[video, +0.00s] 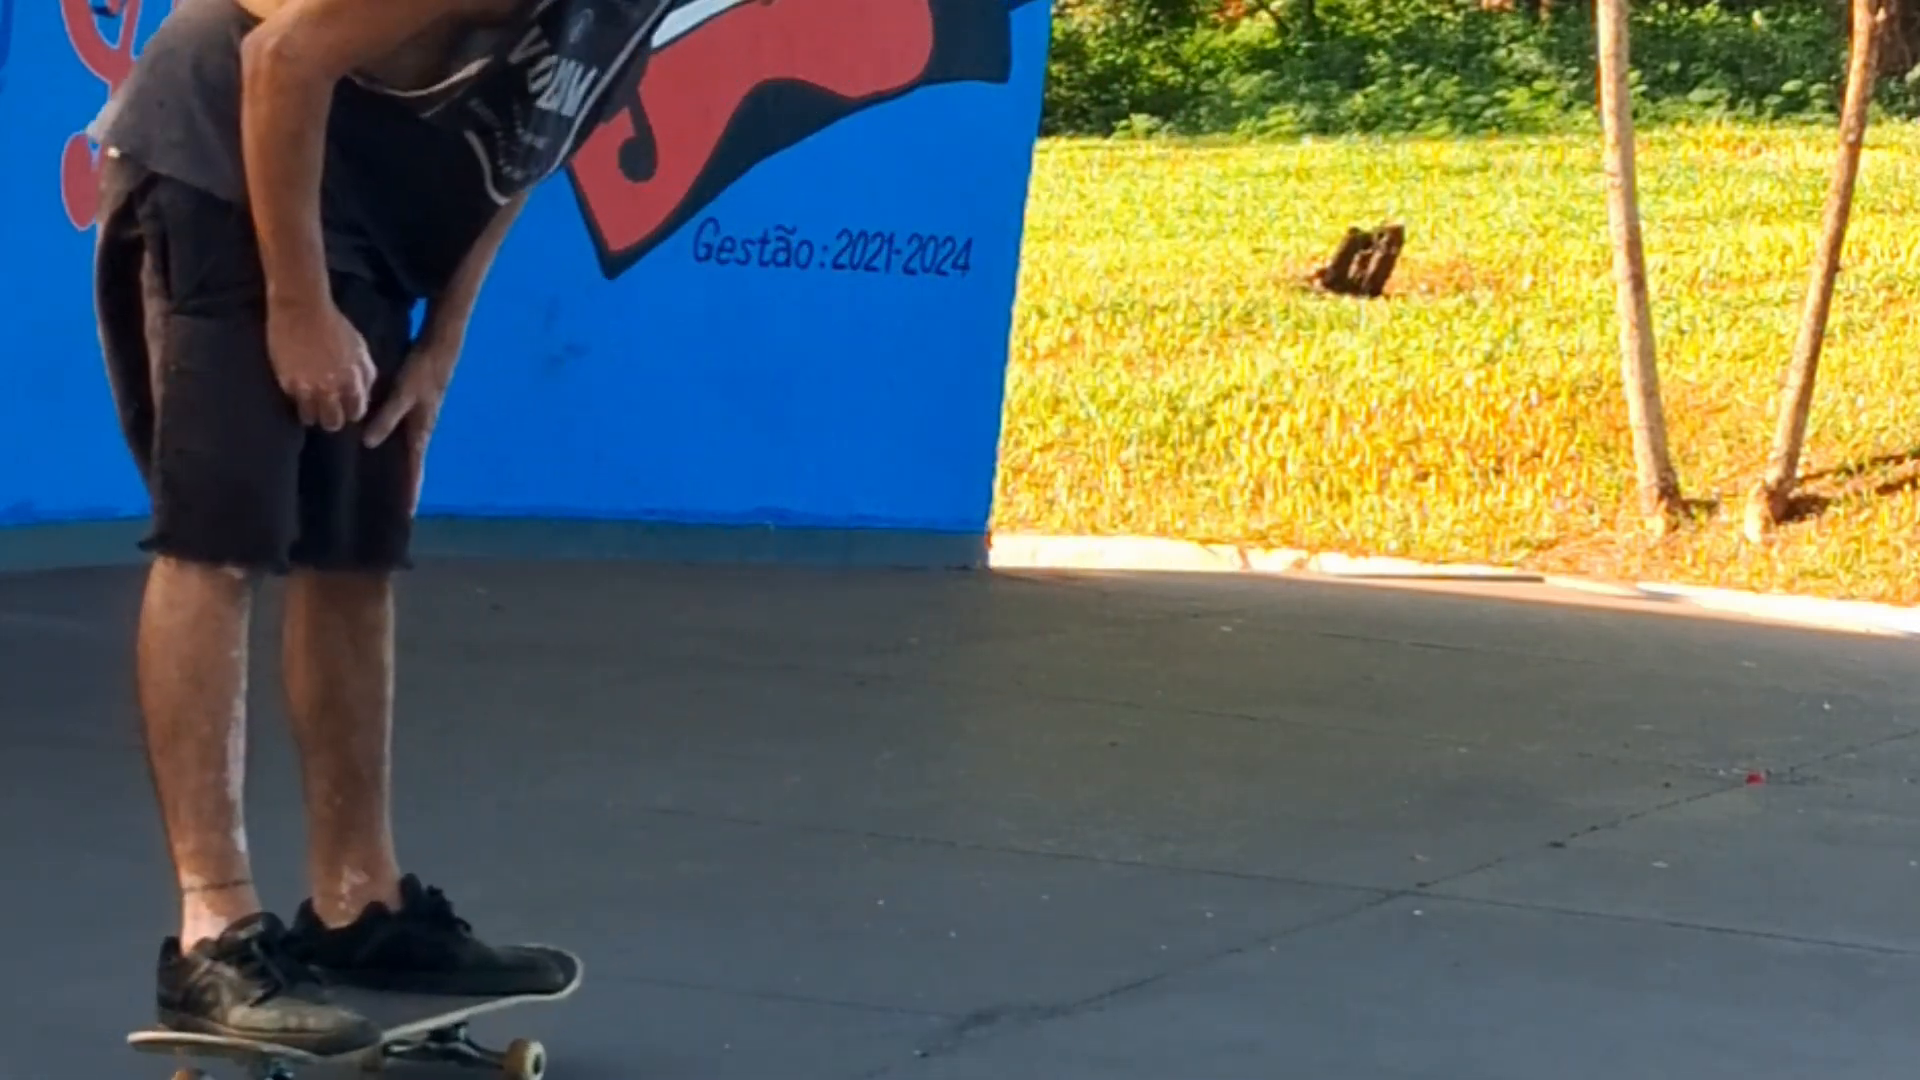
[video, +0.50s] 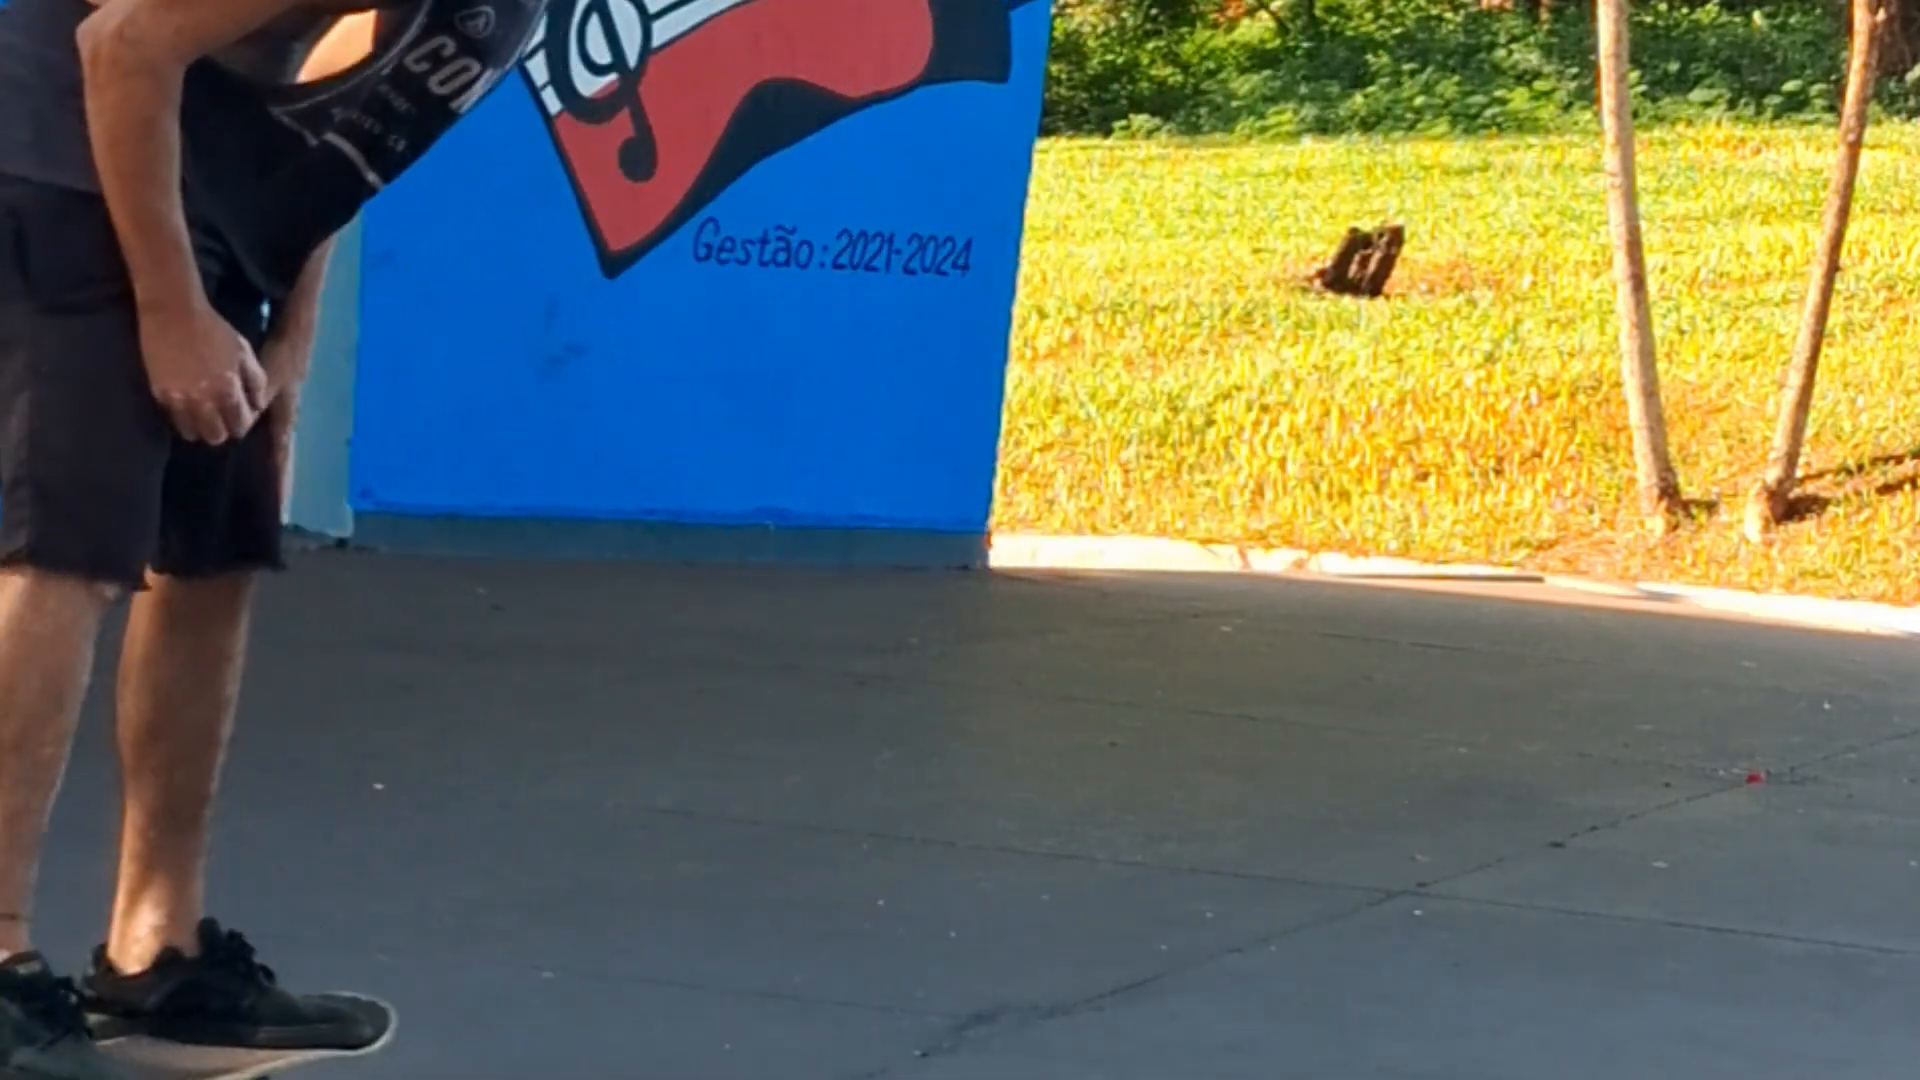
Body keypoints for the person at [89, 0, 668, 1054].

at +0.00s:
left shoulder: (631, 21)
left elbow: (518, 154)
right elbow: (283, 55)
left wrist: (441, 334)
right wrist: (299, 303)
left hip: (386, 202)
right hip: (227, 155)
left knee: (356, 542)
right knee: (213, 540)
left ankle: (358, 908)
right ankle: (214, 941)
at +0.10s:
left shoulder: (583, 20)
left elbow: (476, 147)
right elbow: (251, 53)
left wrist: (418, 328)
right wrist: (271, 304)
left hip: (345, 214)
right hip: (182, 164)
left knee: (333, 544)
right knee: (181, 541)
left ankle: (325, 915)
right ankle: (172, 951)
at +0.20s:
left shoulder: (565, 17)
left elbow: (445, 132)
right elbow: (223, 53)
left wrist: (393, 323)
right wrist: (240, 305)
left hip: (318, 214)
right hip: (150, 165)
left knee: (309, 538)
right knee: (146, 542)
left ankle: (288, 920)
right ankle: (131, 960)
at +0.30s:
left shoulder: (559, 17)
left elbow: (415, 131)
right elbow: (194, 50)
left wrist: (361, 328)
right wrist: (208, 307)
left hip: (293, 212)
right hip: (120, 162)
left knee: (277, 543)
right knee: (113, 544)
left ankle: (243, 933)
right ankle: (80, 961)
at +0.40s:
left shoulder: (539, 16)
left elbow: (381, 124)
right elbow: (164, 48)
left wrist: (326, 323)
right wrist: (187, 309)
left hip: (263, 185)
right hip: (92, 144)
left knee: (242, 541)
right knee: (89, 539)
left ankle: (195, 942)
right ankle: (34, 962)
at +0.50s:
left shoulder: (510, 15)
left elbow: (336, 132)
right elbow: (124, 41)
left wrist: (287, 336)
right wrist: (171, 307)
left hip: (224, 191)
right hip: (63, 137)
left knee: (213, 544)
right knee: (68, 541)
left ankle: (151, 956)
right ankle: (5, 965)